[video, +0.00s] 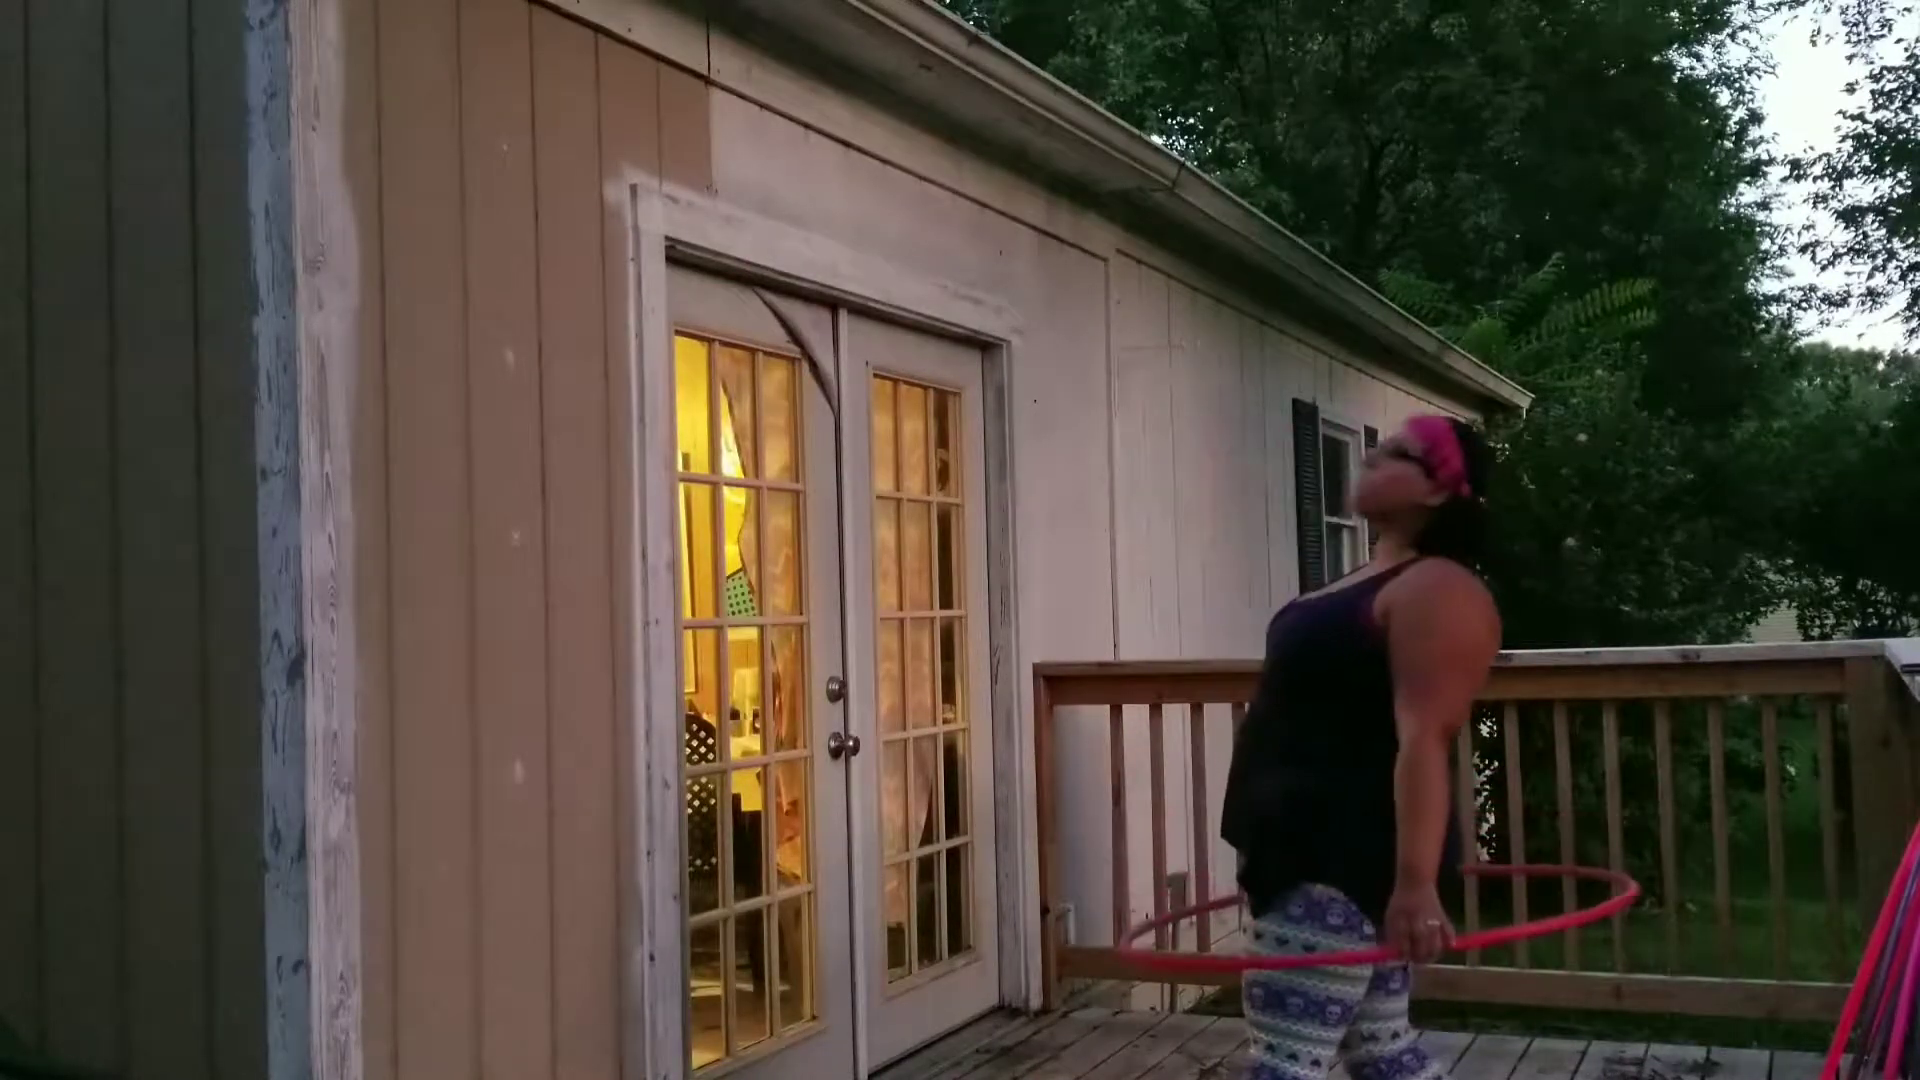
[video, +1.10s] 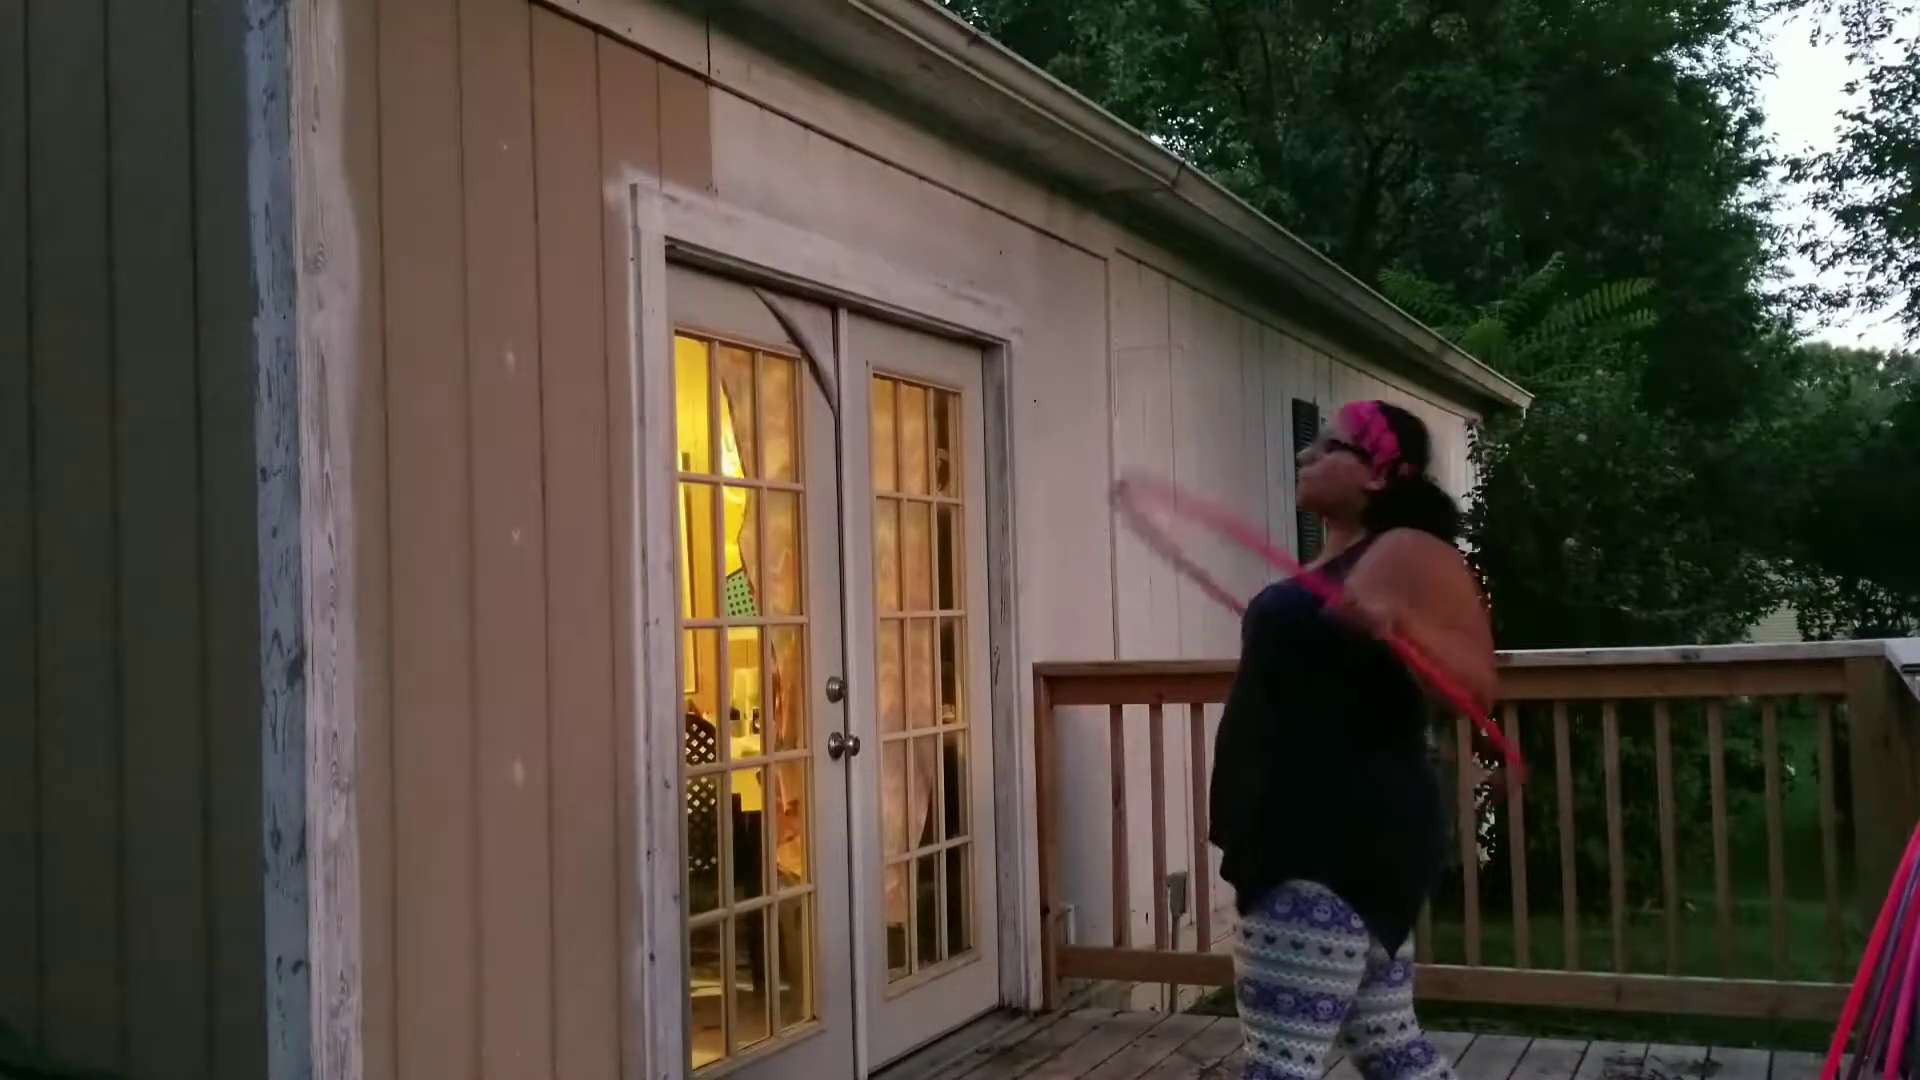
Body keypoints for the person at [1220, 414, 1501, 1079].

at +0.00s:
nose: (1369, 459)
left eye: (1395, 454)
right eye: (1376, 448)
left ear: (1435, 491)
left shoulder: (1440, 589)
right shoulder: (1367, 581)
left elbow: (1425, 739)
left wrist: (1416, 883)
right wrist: (1269, 860)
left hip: (1338, 877)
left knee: (1285, 1062)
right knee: (1383, 1053)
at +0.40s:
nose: (1393, 451)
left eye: (1418, 451)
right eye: (1404, 444)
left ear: (1451, 495)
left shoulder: (1446, 577)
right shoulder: (1376, 574)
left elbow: (1466, 717)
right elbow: (1344, 713)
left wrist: (1382, 802)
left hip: (1335, 861)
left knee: (1282, 1060)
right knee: (1383, 1052)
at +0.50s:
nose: (1387, 447)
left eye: (1413, 448)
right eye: (1398, 441)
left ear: (1446, 492)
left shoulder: (1444, 569)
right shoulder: (1376, 570)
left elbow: (1475, 708)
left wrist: (1378, 741)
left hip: (1340, 861)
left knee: (1282, 1059)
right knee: (1382, 1051)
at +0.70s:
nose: (1380, 442)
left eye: (1404, 442)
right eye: (1388, 436)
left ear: (1436, 486)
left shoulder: (1440, 561)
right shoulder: (1368, 566)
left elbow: (1487, 696)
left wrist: (1412, 638)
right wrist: (1271, 659)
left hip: (1336, 853)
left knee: (1279, 1057)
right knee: (1383, 1046)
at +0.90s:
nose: (1367, 444)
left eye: (1390, 441)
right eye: (1376, 436)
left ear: (1424, 483)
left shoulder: (1433, 560)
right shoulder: (1350, 565)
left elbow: (1466, 701)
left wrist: (1413, 614)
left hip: (1333, 848)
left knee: (1277, 1059)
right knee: (1387, 1045)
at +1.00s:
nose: (1346, 448)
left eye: (1370, 442)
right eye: (1354, 437)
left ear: (1411, 480)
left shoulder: (1423, 557)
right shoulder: (1327, 572)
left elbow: (1470, 696)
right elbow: (1267, 708)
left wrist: (1399, 619)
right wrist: (1229, 811)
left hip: (1335, 851)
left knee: (1278, 1058)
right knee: (1388, 1045)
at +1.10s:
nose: (1306, 455)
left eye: (1331, 446)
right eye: (1315, 443)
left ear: (1376, 476)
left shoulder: (1409, 554)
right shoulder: (1319, 569)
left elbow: (1474, 687)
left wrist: (1396, 628)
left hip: (1340, 851)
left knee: (1279, 1059)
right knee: (1390, 1046)